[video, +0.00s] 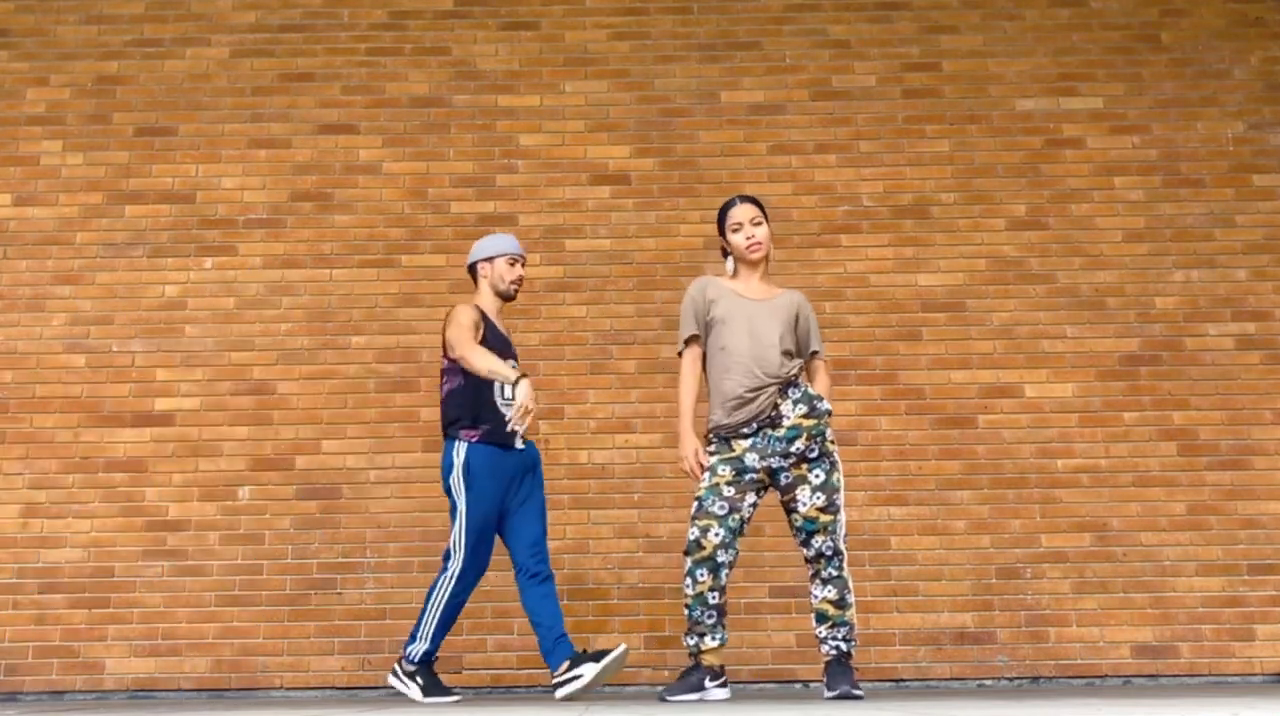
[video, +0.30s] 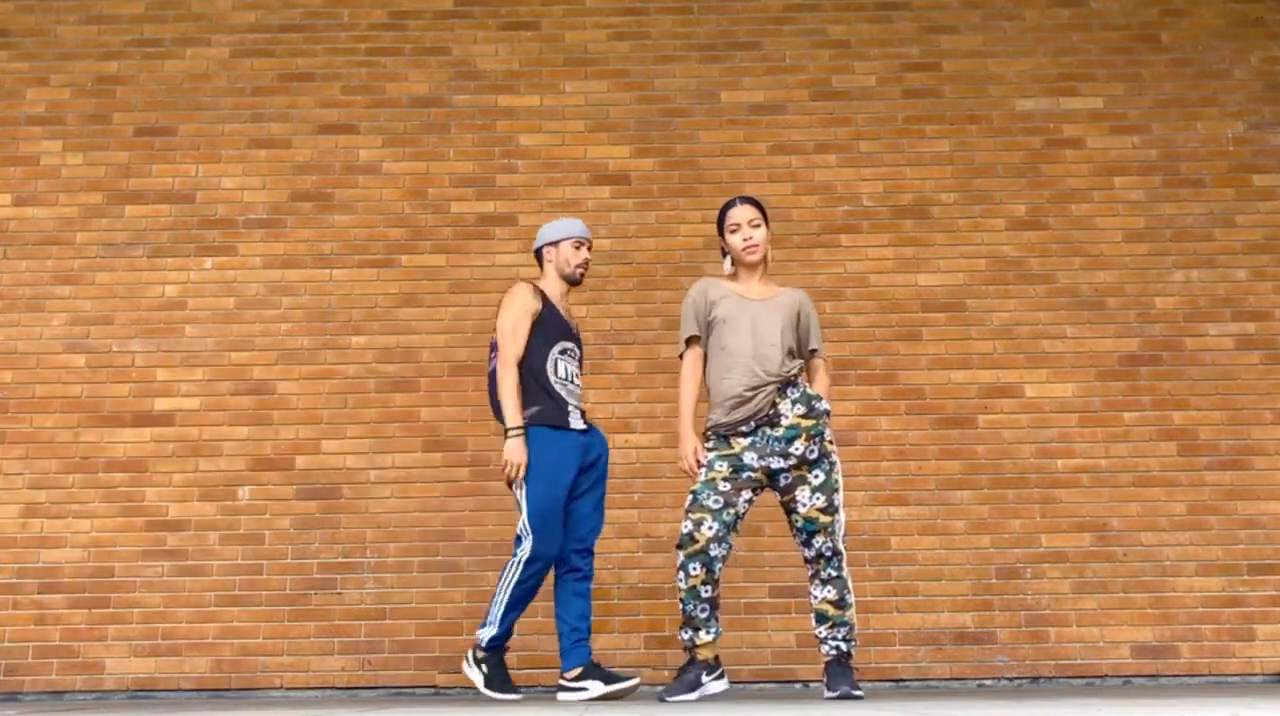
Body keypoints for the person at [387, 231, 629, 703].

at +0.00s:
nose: (520, 272)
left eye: (523, 265)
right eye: (512, 263)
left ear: (517, 273)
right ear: (483, 268)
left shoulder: (501, 334)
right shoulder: (465, 312)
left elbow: (503, 392)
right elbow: (465, 352)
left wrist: (528, 403)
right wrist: (516, 378)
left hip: (518, 457)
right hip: (475, 455)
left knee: (534, 564)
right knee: (465, 563)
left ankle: (564, 663)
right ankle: (413, 662)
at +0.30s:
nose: (586, 255)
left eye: (588, 249)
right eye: (577, 246)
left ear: (581, 260)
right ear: (548, 253)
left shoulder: (567, 319)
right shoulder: (524, 295)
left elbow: (566, 385)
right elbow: (507, 365)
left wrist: (587, 428)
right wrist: (514, 434)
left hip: (584, 443)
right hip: (544, 441)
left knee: (577, 556)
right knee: (539, 549)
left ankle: (577, 667)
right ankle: (486, 651)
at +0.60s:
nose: (613, 236)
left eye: (617, 230)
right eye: (603, 228)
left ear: (619, 241)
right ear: (576, 236)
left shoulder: (621, 309)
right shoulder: (545, 292)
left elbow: (622, 379)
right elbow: (518, 360)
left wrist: (639, 418)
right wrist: (571, 360)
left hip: (621, 433)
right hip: (566, 429)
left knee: (605, 543)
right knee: (588, 532)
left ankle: (578, 668)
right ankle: (605, 659)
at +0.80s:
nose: (625, 228)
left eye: (628, 221)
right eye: (615, 220)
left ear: (628, 231)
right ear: (586, 228)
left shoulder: (626, 297)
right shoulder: (560, 283)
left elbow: (633, 375)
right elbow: (572, 343)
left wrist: (660, 422)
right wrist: (626, 302)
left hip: (639, 425)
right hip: (589, 422)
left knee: (626, 543)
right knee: (606, 536)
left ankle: (584, 663)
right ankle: (619, 663)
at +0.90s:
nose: (631, 220)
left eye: (633, 212)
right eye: (620, 211)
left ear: (630, 221)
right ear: (590, 219)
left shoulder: (624, 286)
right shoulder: (567, 274)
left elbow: (632, 368)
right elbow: (596, 331)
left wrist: (657, 413)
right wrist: (653, 287)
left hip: (644, 419)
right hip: (597, 414)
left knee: (635, 536)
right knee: (615, 531)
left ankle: (586, 659)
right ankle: (618, 662)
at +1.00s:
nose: (640, 212)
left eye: (641, 204)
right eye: (629, 202)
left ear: (630, 214)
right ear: (597, 211)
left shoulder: (622, 282)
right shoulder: (576, 264)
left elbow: (629, 366)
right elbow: (613, 325)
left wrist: (657, 410)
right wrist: (672, 282)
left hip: (643, 413)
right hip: (603, 409)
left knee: (651, 531)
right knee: (617, 530)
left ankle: (593, 651)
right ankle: (617, 662)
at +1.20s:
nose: (661, 207)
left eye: (660, 197)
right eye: (652, 197)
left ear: (626, 203)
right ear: (621, 199)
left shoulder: (615, 260)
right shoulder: (597, 253)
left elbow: (628, 339)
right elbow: (632, 325)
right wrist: (683, 276)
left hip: (635, 403)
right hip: (611, 401)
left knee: (662, 526)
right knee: (624, 526)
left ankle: (633, 653)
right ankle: (619, 662)